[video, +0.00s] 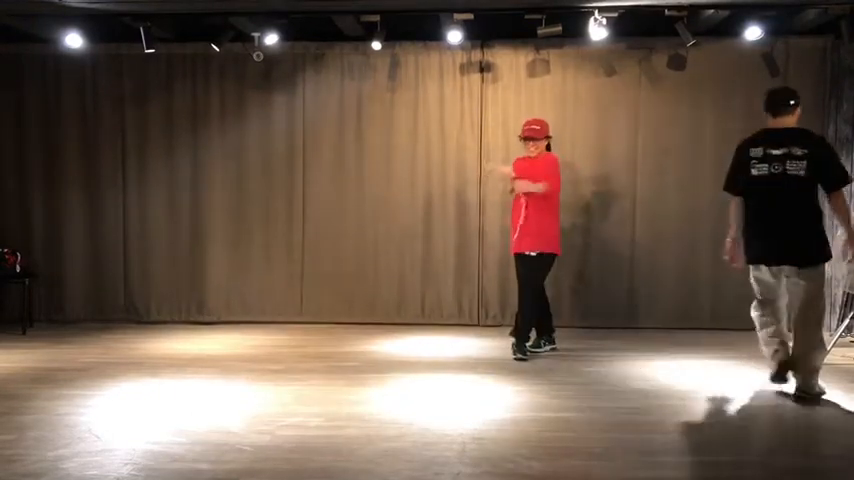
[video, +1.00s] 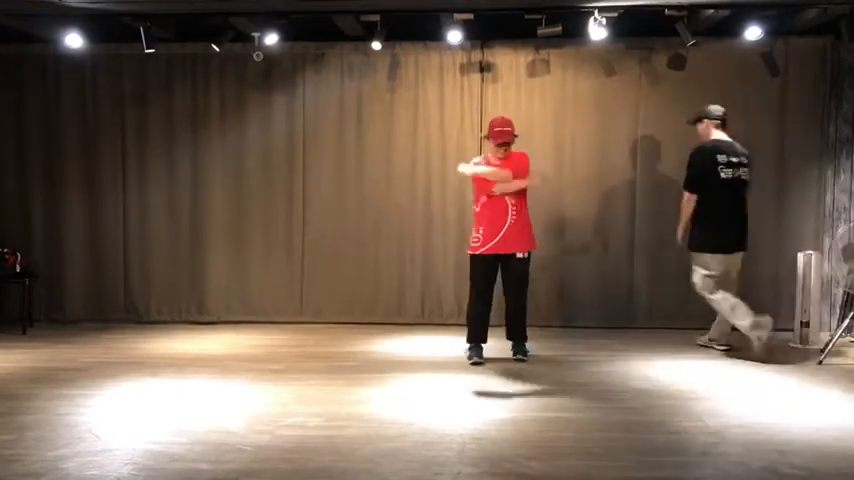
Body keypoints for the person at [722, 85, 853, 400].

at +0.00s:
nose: (798, 114)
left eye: (792, 110)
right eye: (798, 110)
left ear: (767, 112)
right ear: (797, 110)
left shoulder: (748, 147)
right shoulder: (814, 144)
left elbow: (736, 198)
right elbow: (836, 195)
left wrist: (733, 234)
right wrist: (849, 231)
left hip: (762, 244)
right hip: (805, 244)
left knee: (766, 303)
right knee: (808, 314)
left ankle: (778, 356)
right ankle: (807, 383)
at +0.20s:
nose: (793, 122)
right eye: (794, 117)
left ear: (764, 120)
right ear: (794, 117)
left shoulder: (751, 155)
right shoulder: (815, 148)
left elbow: (729, 200)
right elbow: (844, 191)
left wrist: (713, 237)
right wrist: (851, 218)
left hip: (768, 248)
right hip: (810, 246)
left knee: (776, 305)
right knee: (810, 312)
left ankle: (783, 357)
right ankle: (807, 380)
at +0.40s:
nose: (776, 124)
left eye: (751, 124)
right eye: (779, 118)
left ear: (750, 123)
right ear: (780, 119)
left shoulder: (742, 156)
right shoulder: (803, 147)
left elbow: (733, 203)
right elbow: (824, 192)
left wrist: (726, 238)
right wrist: (836, 228)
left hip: (764, 243)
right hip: (803, 239)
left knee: (772, 303)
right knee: (811, 294)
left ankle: (782, 356)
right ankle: (810, 344)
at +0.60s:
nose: (739, 125)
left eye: (738, 121)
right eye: (738, 121)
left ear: (743, 120)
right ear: (767, 118)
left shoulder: (733, 151)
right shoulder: (790, 148)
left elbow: (727, 199)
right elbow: (799, 195)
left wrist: (734, 229)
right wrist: (802, 228)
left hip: (753, 233)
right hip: (786, 231)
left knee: (764, 295)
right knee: (784, 289)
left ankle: (781, 354)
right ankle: (791, 340)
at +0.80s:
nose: (720, 129)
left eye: (721, 124)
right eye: (720, 124)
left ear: (730, 123)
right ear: (748, 124)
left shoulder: (721, 153)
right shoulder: (769, 153)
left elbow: (708, 195)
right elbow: (775, 199)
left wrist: (728, 210)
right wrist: (773, 232)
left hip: (733, 234)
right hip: (761, 233)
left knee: (752, 298)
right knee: (746, 291)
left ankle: (780, 353)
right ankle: (721, 332)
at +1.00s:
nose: (697, 131)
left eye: (698, 126)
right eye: (697, 126)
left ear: (707, 125)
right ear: (720, 125)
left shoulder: (702, 153)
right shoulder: (741, 152)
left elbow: (690, 196)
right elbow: (741, 193)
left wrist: (682, 224)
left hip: (709, 228)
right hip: (737, 227)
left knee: (704, 283)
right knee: (728, 285)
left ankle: (752, 324)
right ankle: (719, 336)